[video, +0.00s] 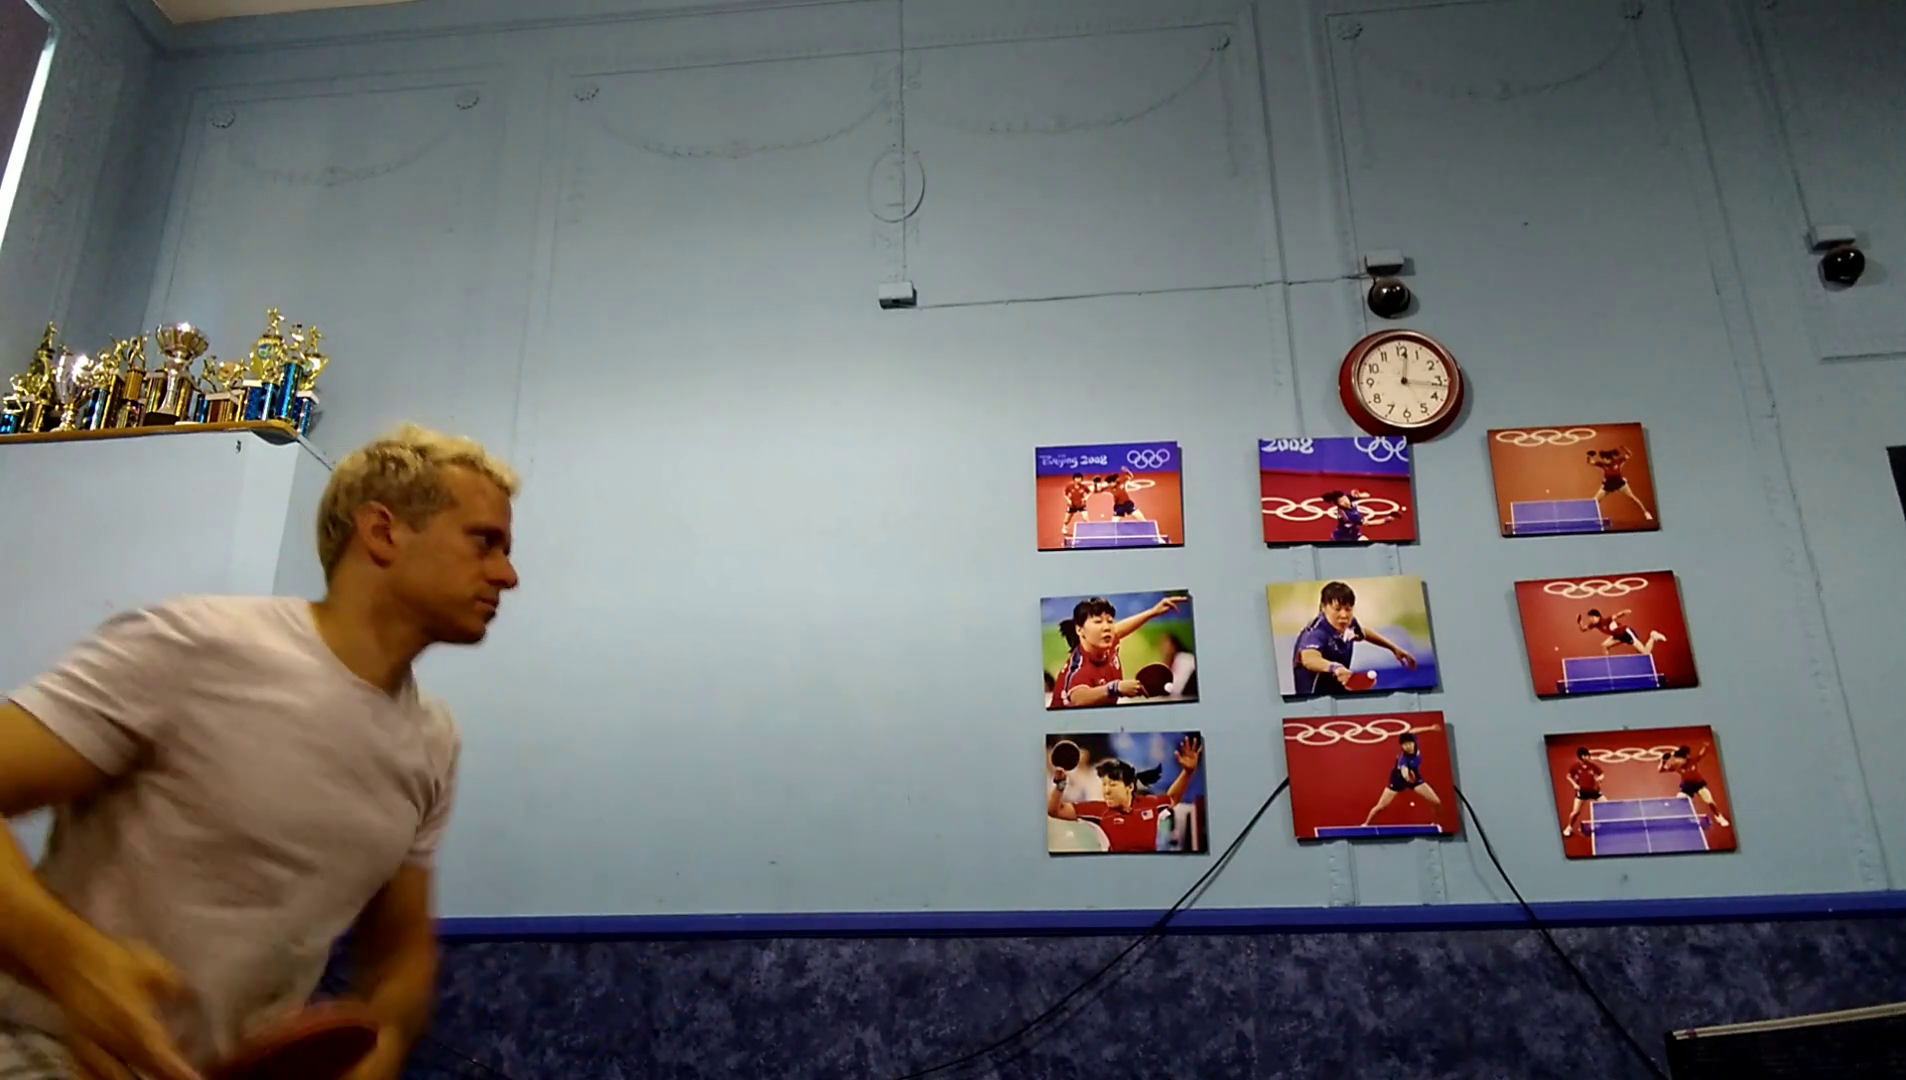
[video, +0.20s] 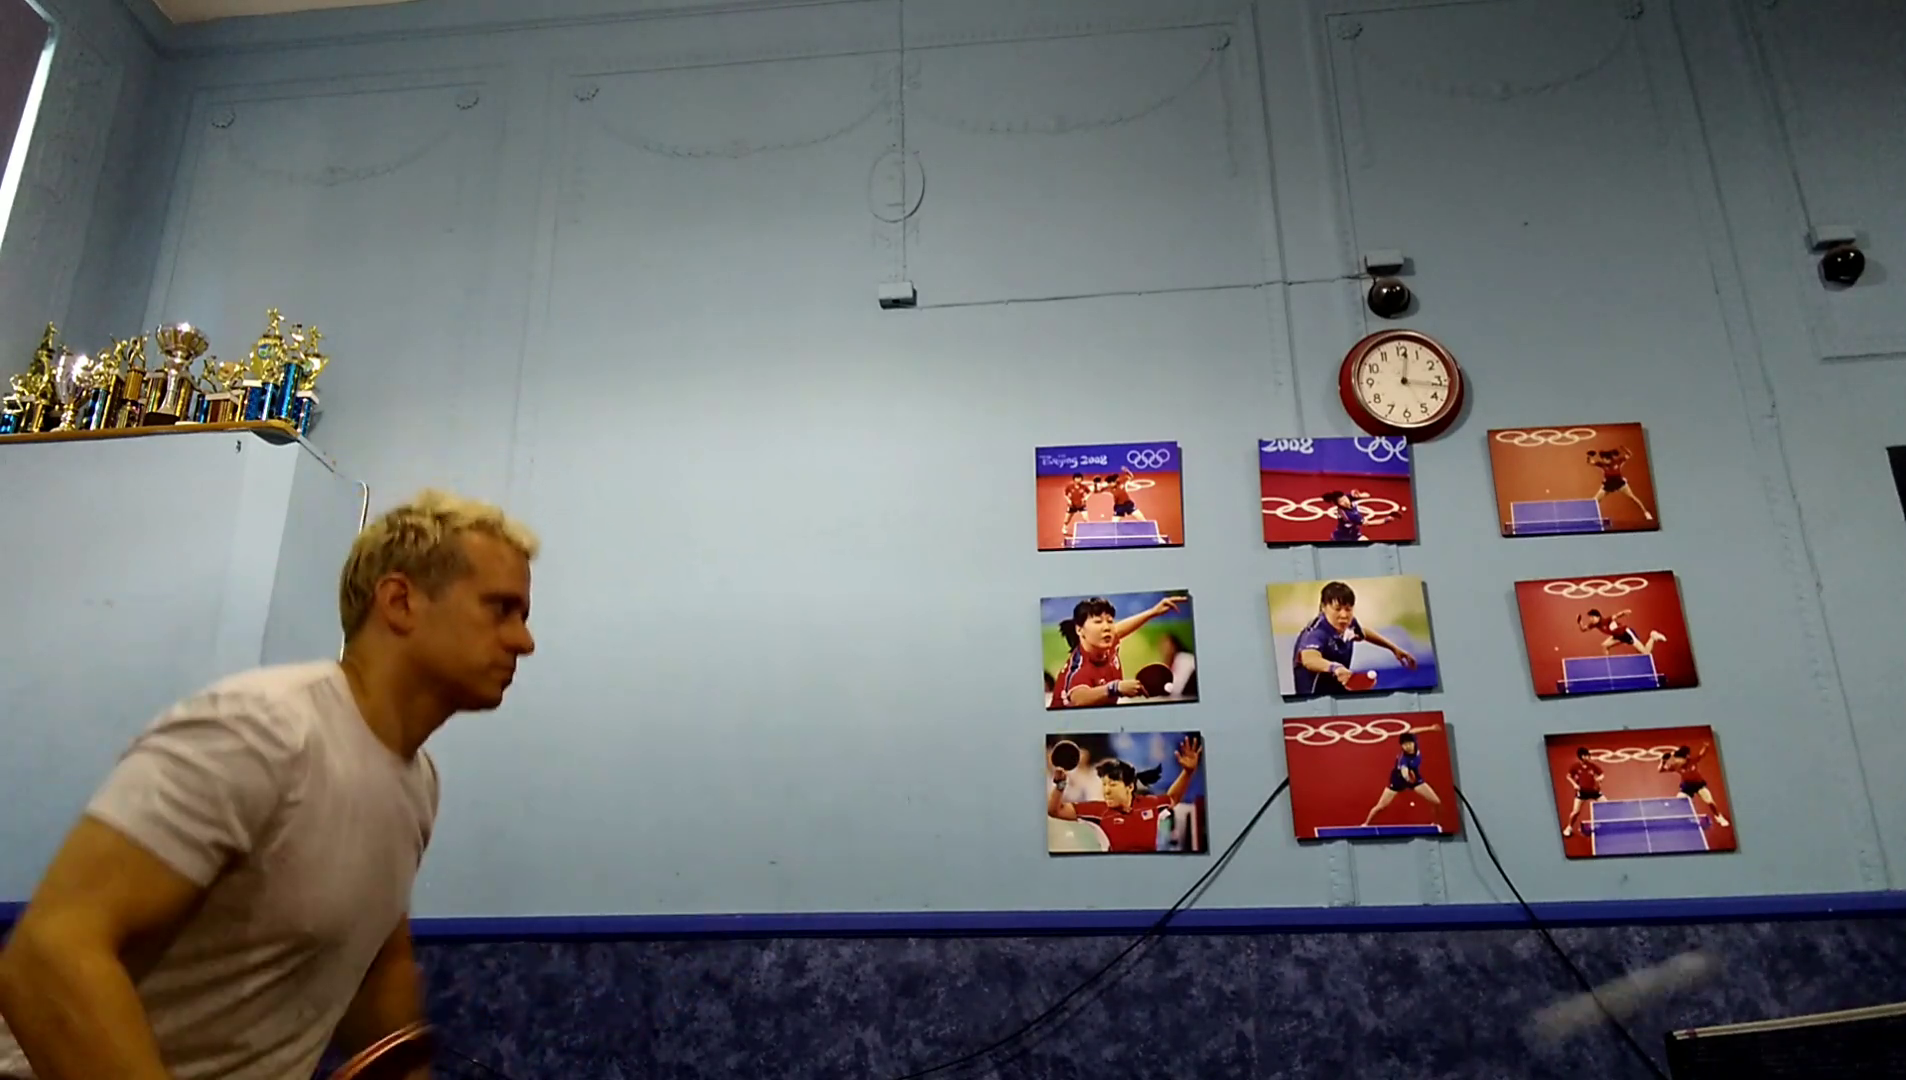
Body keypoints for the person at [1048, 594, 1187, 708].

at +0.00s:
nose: (1107, 628)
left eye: (1109, 622)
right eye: (1098, 622)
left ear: (1114, 626)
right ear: (1080, 630)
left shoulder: (1109, 645)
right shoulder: (1079, 666)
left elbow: (1118, 630)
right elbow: (1078, 698)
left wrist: (1153, 611)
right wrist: (1115, 687)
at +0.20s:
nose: (1107, 628)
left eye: (1110, 622)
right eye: (1098, 622)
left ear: (1114, 626)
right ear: (1080, 630)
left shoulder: (1109, 645)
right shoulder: (1079, 667)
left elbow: (1118, 630)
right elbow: (1078, 698)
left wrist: (1154, 612)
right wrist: (1115, 687)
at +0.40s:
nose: (1107, 628)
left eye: (1109, 622)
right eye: (1098, 622)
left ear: (1114, 626)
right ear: (1080, 630)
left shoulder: (1109, 645)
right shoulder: (1079, 667)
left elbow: (1118, 630)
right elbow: (1078, 698)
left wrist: (1154, 611)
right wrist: (1115, 687)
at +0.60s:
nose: (1106, 628)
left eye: (1109, 621)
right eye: (1098, 622)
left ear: (1114, 626)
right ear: (1080, 630)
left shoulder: (1109, 645)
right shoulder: (1079, 666)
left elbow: (1118, 631)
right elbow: (1078, 698)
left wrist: (1154, 612)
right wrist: (1115, 687)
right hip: (1069, 730)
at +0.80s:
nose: (1107, 628)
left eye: (1109, 622)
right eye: (1098, 622)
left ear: (1114, 626)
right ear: (1080, 630)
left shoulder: (1109, 645)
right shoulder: (1079, 667)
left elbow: (1118, 630)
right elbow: (1078, 698)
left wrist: (1154, 611)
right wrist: (1115, 687)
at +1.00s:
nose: (1107, 628)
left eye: (1110, 622)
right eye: (1098, 622)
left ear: (1114, 626)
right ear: (1080, 630)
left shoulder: (1109, 645)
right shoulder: (1079, 667)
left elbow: (1118, 630)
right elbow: (1078, 698)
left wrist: (1154, 612)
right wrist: (1115, 687)